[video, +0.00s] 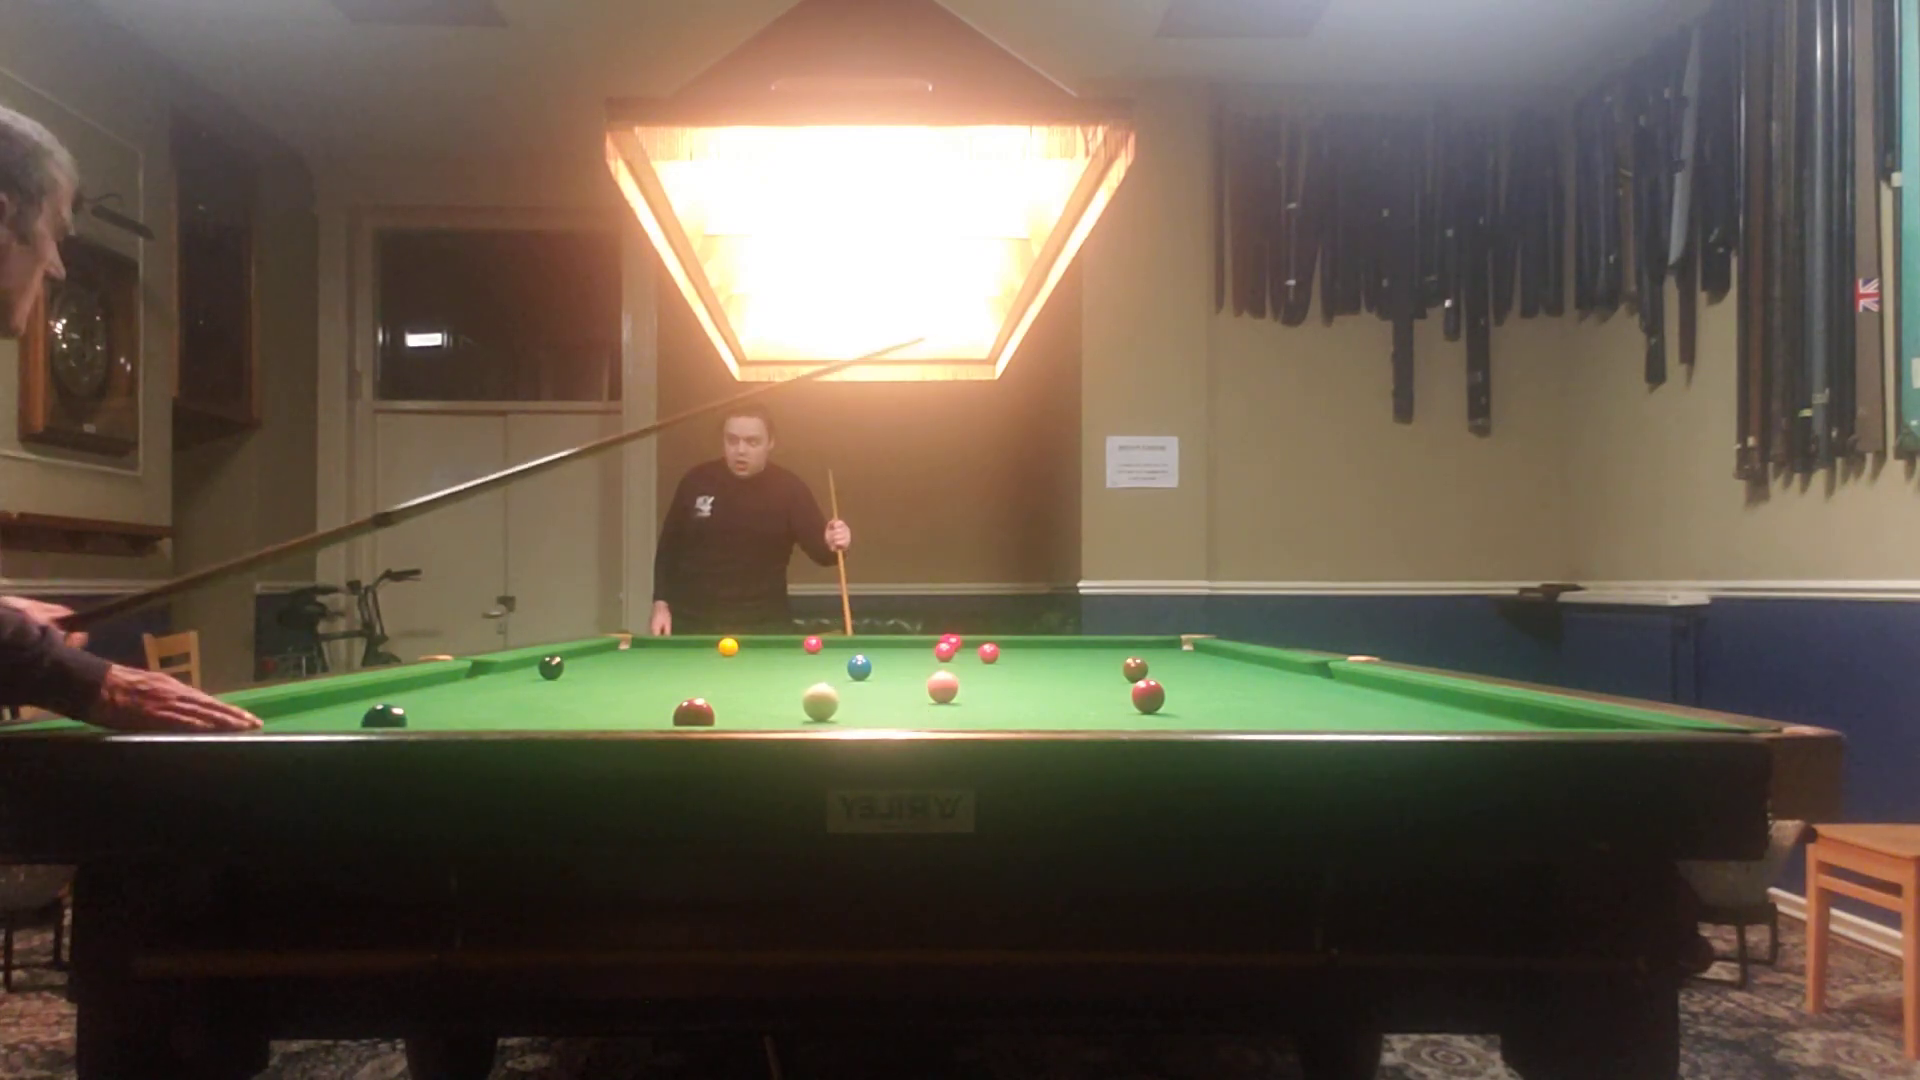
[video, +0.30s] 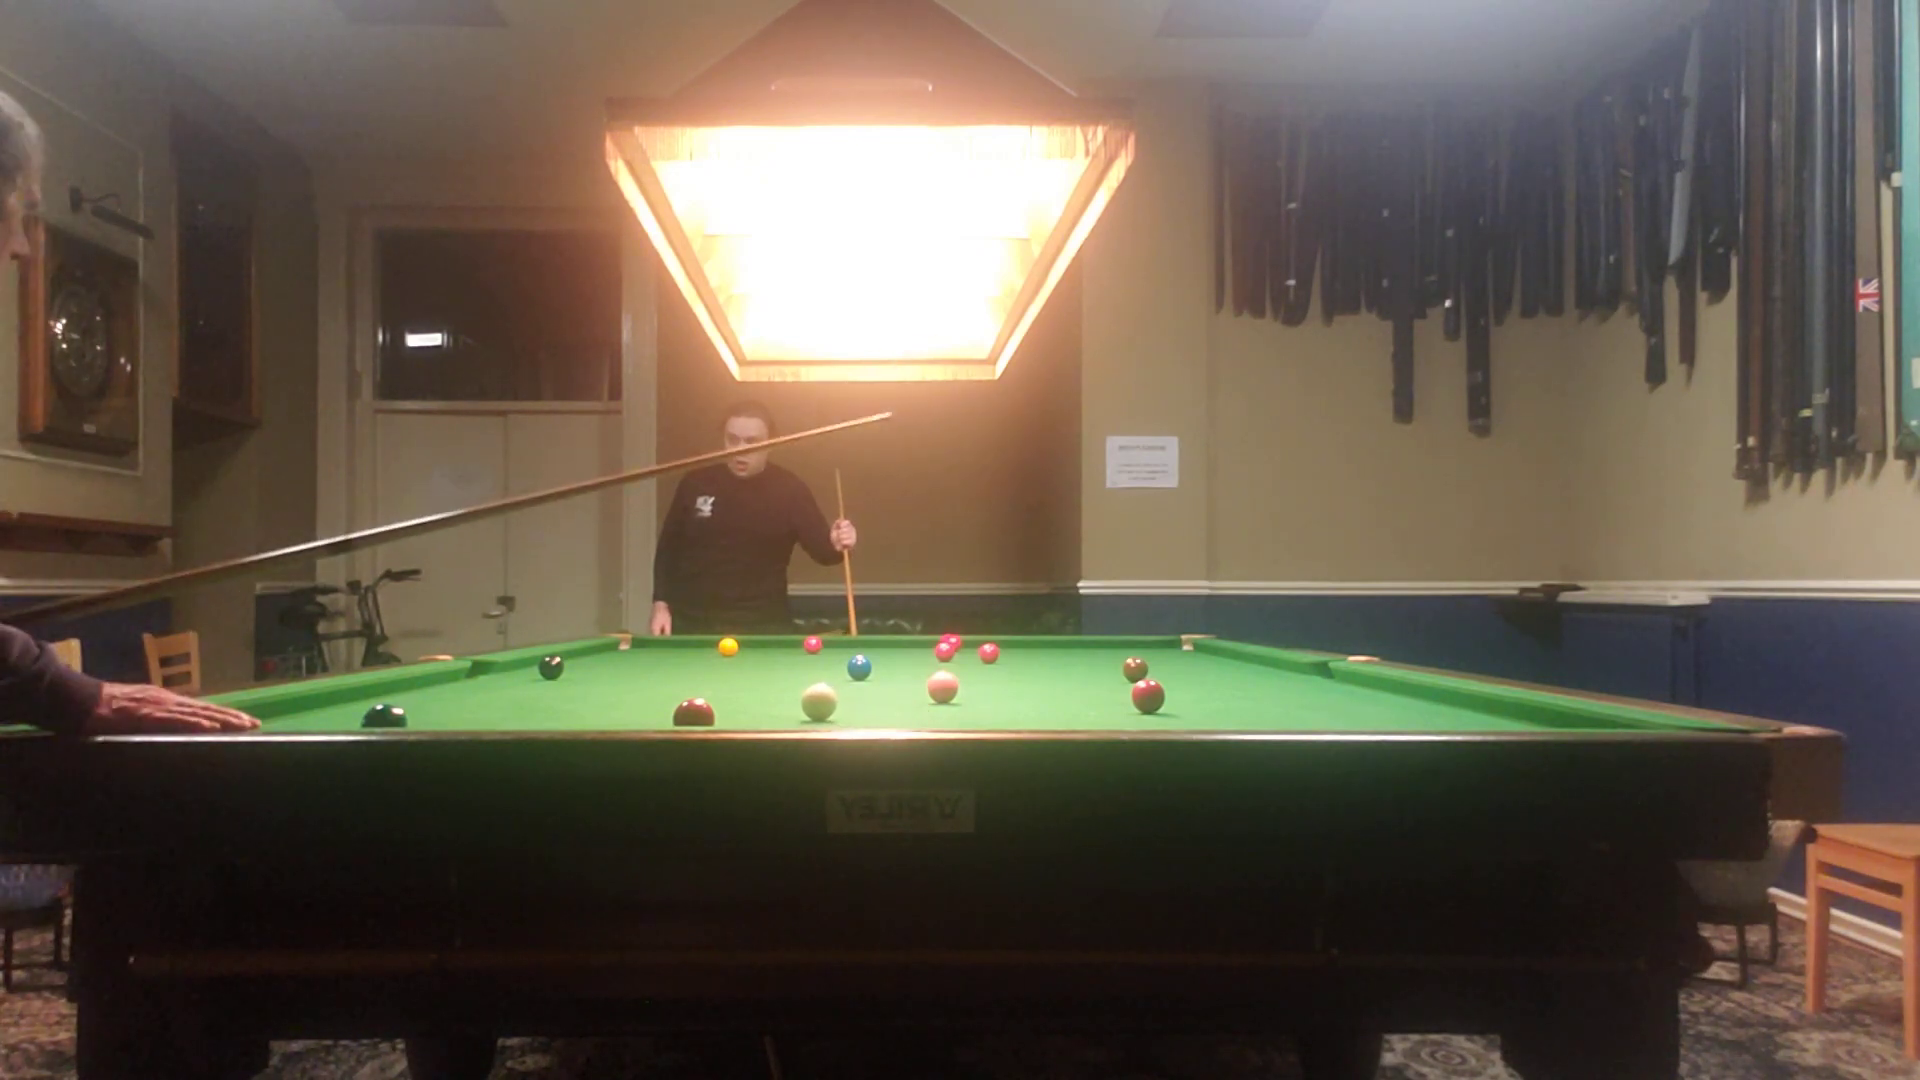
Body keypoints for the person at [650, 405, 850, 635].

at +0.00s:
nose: (740, 450)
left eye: (752, 442)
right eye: (733, 440)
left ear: (771, 444)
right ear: (723, 441)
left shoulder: (788, 489)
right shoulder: (697, 483)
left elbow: (820, 552)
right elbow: (669, 547)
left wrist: (831, 543)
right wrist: (661, 604)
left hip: (764, 630)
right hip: (695, 628)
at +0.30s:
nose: (740, 450)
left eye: (751, 441)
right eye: (733, 440)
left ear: (769, 443)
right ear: (723, 440)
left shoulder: (789, 490)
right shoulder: (696, 485)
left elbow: (820, 549)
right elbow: (668, 548)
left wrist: (835, 543)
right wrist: (661, 604)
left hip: (764, 632)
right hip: (695, 631)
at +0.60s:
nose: (740, 449)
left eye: (752, 441)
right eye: (733, 439)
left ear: (768, 443)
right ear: (723, 439)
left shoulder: (788, 490)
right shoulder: (693, 492)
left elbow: (822, 549)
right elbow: (667, 552)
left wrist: (838, 543)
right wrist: (661, 605)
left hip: (765, 634)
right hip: (695, 634)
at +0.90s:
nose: (740, 448)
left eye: (751, 441)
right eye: (733, 438)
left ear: (769, 444)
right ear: (723, 439)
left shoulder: (789, 490)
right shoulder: (697, 483)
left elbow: (823, 548)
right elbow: (669, 548)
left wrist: (840, 543)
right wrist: (662, 605)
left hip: (765, 632)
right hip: (696, 631)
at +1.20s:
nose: (743, 451)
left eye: (754, 443)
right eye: (735, 441)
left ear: (771, 444)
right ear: (724, 441)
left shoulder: (790, 488)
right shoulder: (698, 482)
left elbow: (825, 549)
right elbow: (670, 548)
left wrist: (841, 543)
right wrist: (663, 605)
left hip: (767, 630)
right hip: (697, 628)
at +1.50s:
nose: (749, 449)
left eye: (760, 441)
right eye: (741, 439)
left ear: (774, 444)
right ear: (727, 439)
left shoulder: (791, 487)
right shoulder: (697, 489)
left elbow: (829, 539)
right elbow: (670, 556)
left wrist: (851, 544)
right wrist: (666, 605)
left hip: (774, 632)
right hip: (704, 632)